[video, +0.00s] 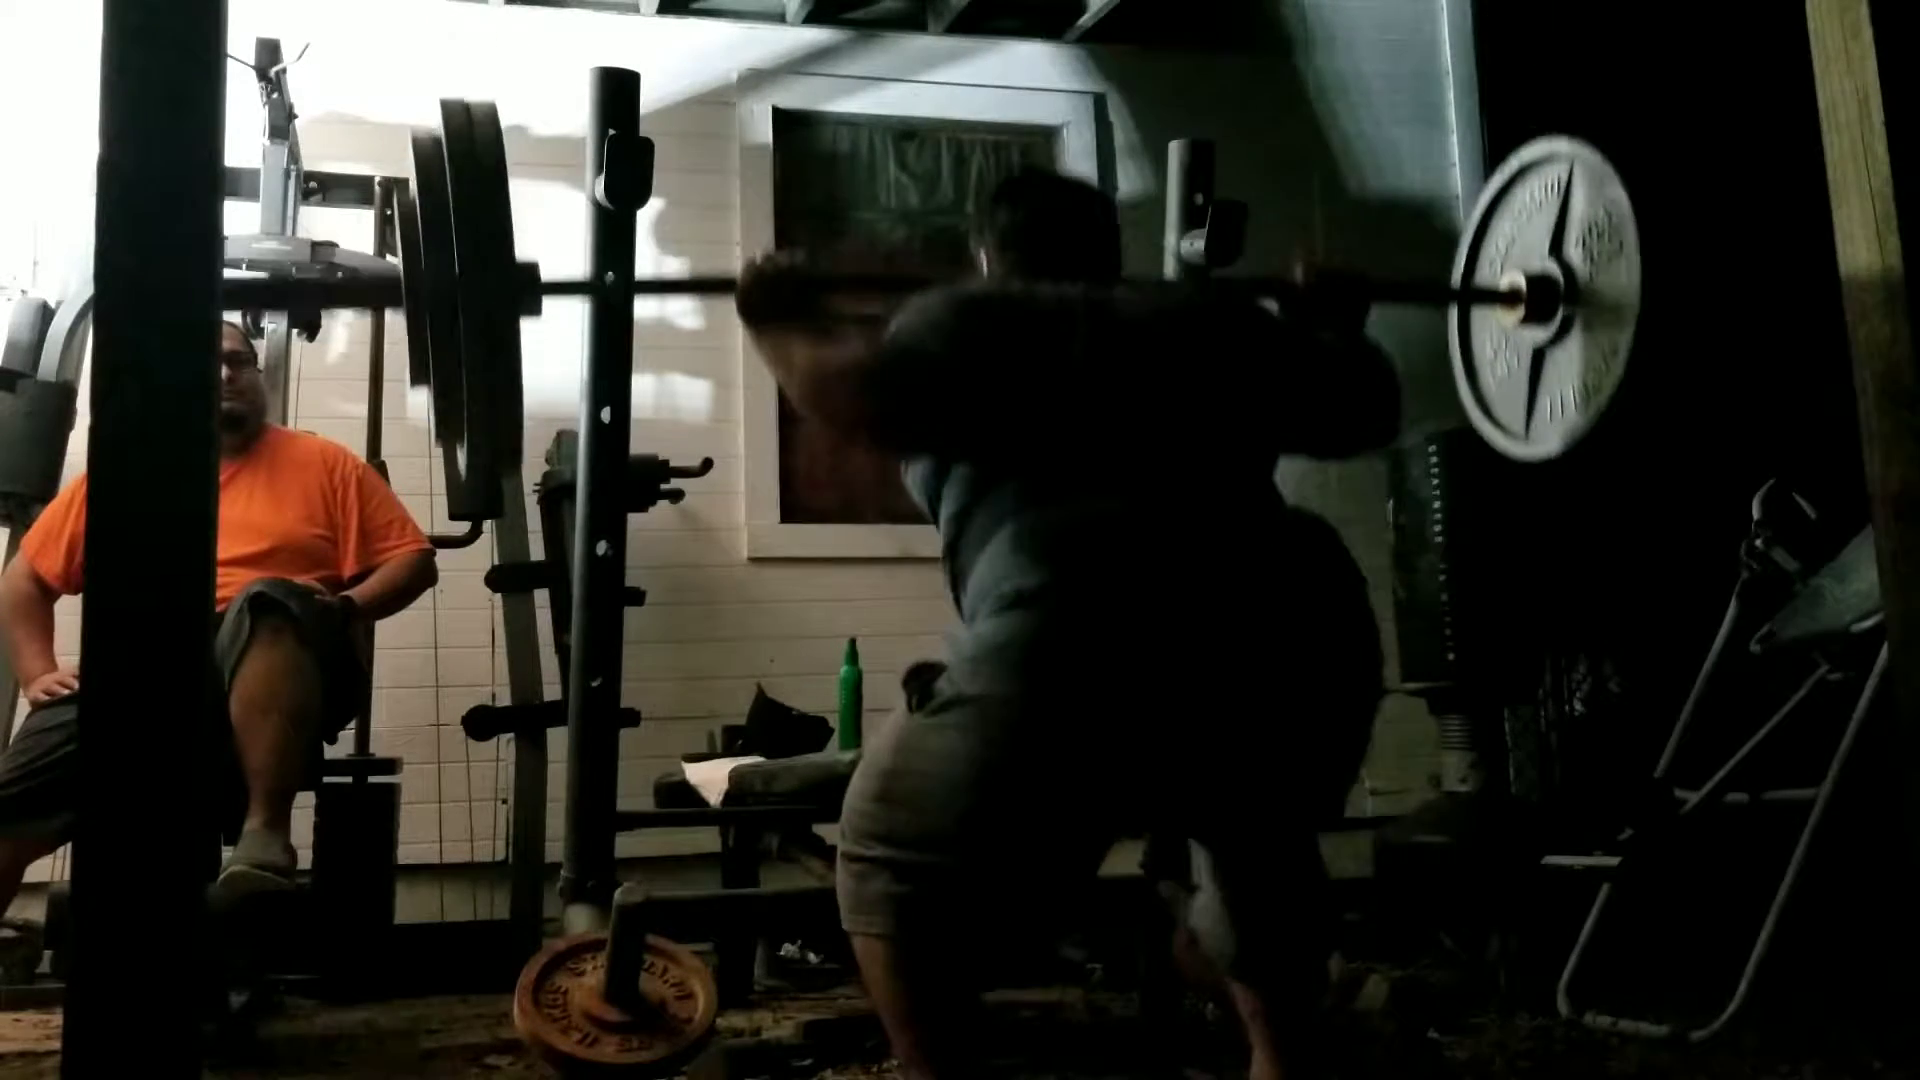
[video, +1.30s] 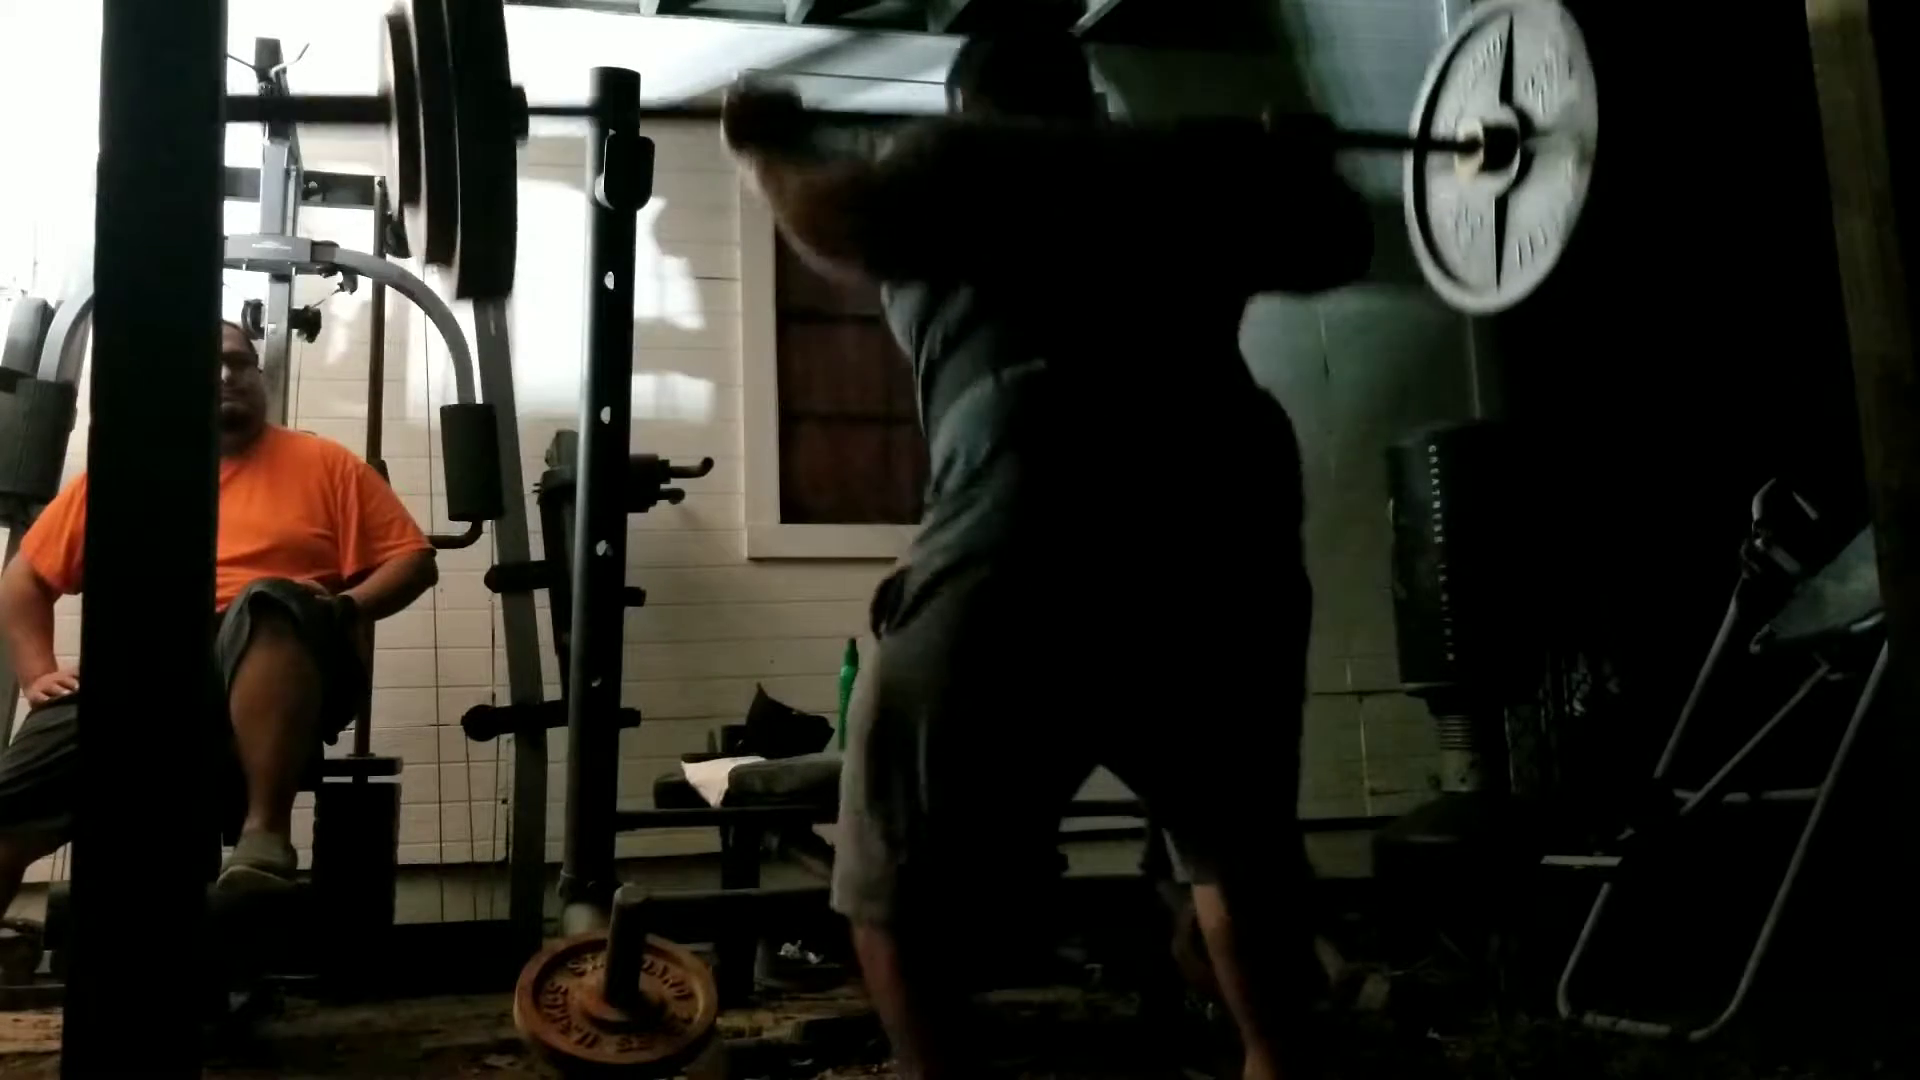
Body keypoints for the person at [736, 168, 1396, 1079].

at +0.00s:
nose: (974, 268)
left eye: (976, 255)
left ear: (989, 261)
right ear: (1113, 255)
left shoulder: (954, 324)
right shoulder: (1204, 321)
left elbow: (857, 404)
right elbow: (1364, 414)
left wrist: (773, 315)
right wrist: (1332, 318)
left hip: (1060, 655)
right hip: (1273, 643)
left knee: (887, 860)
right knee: (1258, 844)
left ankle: (929, 1062)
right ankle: (1282, 1056)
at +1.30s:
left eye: (961, 94)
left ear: (964, 103)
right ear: (1089, 98)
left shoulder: (935, 162)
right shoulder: (1181, 169)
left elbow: (836, 226)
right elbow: (1338, 246)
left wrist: (767, 149)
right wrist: (1300, 155)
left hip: (1018, 539)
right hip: (1222, 538)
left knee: (893, 865)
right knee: (1239, 839)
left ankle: (933, 1063)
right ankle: (1275, 1059)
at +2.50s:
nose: (950, 236)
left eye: (953, 223)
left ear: (966, 227)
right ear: (1091, 223)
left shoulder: (936, 292)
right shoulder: (1182, 292)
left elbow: (836, 368)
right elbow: (1344, 376)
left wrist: (773, 278)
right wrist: (1294, 282)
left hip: (1046, 615)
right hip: (1257, 607)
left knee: (872, 844)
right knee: (1234, 849)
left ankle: (930, 1061)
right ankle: (1277, 1058)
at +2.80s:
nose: (948, 385)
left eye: (952, 371)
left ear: (968, 374)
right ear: (1086, 368)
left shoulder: (934, 444)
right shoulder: (1179, 437)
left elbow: (855, 542)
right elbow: (1345, 525)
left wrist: (775, 451)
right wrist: (1300, 434)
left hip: (1039, 793)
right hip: (1256, 782)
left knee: (825, 853)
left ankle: (920, 1062)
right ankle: (1276, 1053)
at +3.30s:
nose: (931, 277)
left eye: (933, 266)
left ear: (947, 268)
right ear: (1075, 266)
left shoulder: (922, 331)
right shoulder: (1170, 328)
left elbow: (819, 395)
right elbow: (1338, 410)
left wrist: (772, 322)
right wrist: (1281, 318)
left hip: (1051, 634)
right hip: (1276, 624)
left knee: (866, 842)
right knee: (1240, 844)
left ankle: (919, 1057)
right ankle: (1278, 1057)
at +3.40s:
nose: (927, 232)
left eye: (931, 220)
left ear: (945, 222)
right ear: (1073, 218)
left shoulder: (919, 280)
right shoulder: (1158, 282)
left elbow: (829, 348)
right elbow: (1330, 355)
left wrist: (767, 266)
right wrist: (1276, 274)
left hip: (1052, 574)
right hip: (1267, 559)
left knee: (872, 830)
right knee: (1234, 816)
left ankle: (925, 1059)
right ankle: (1274, 1056)